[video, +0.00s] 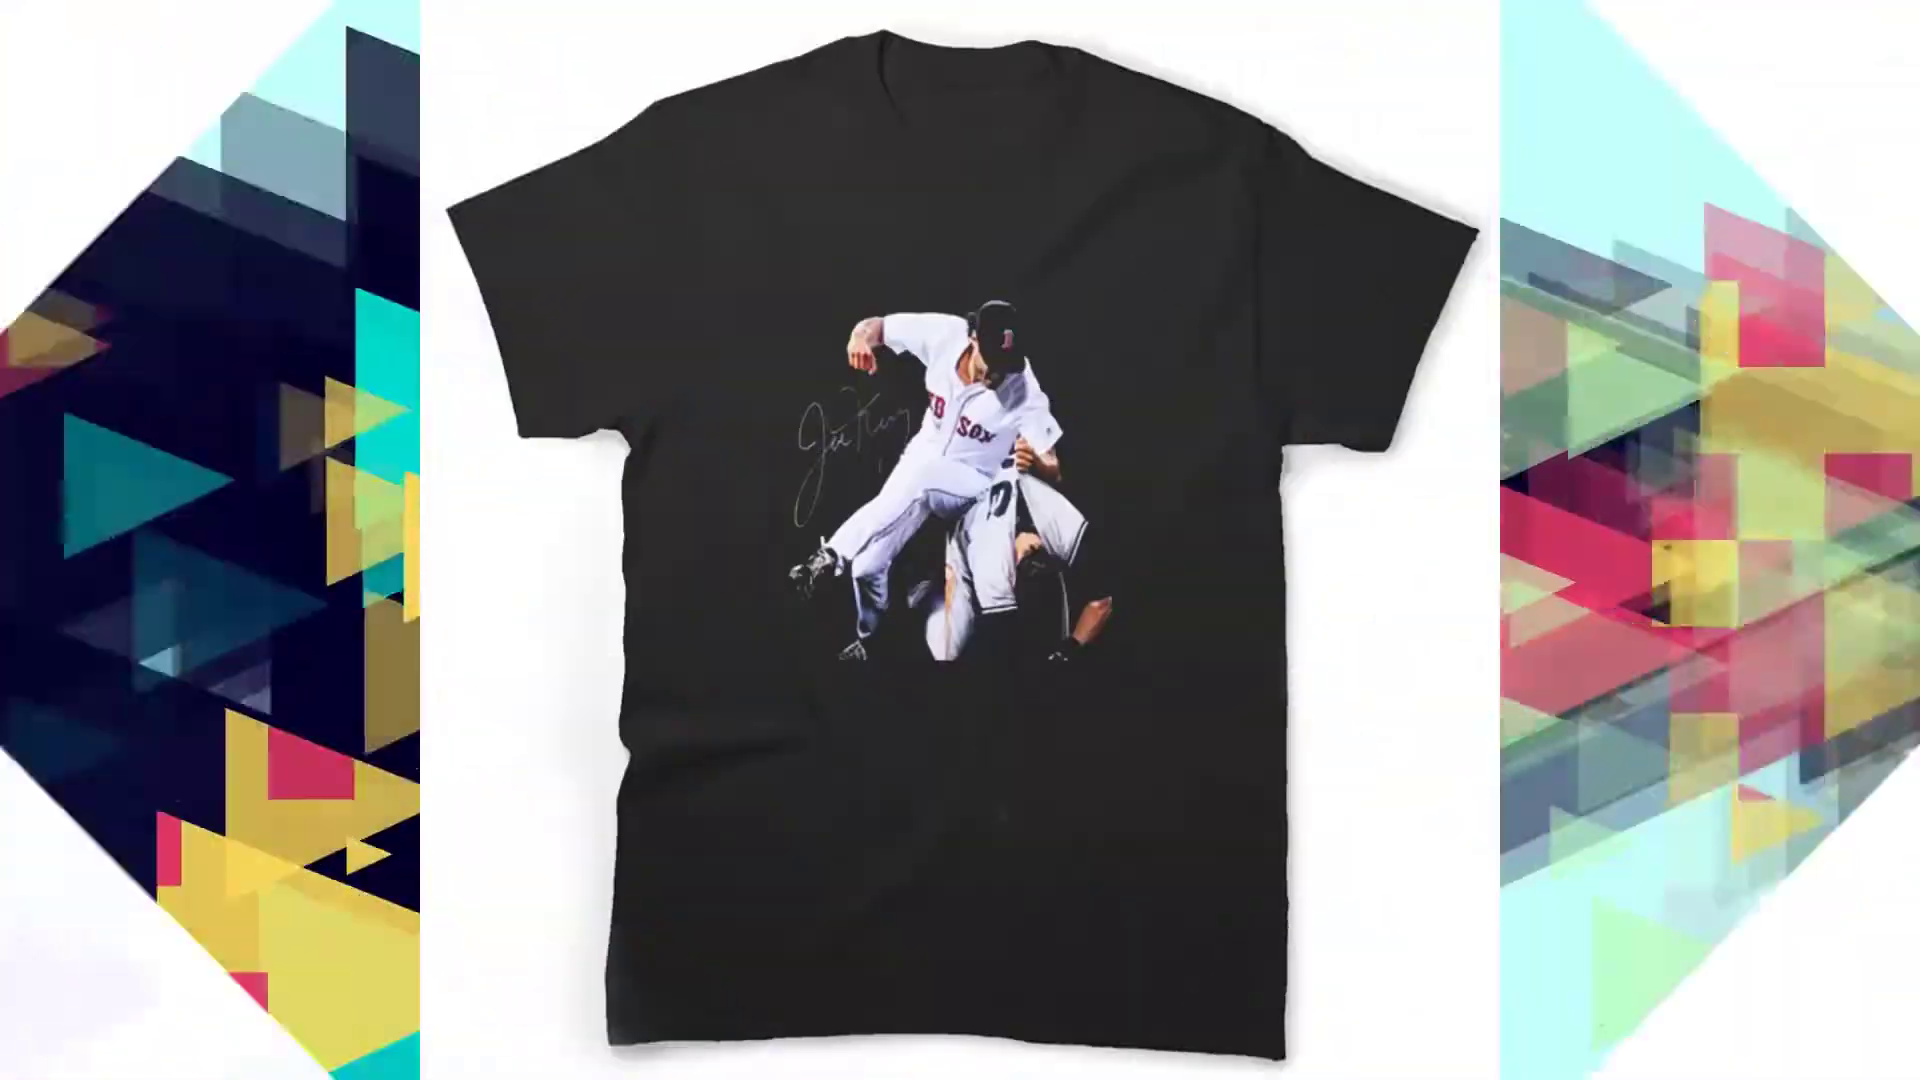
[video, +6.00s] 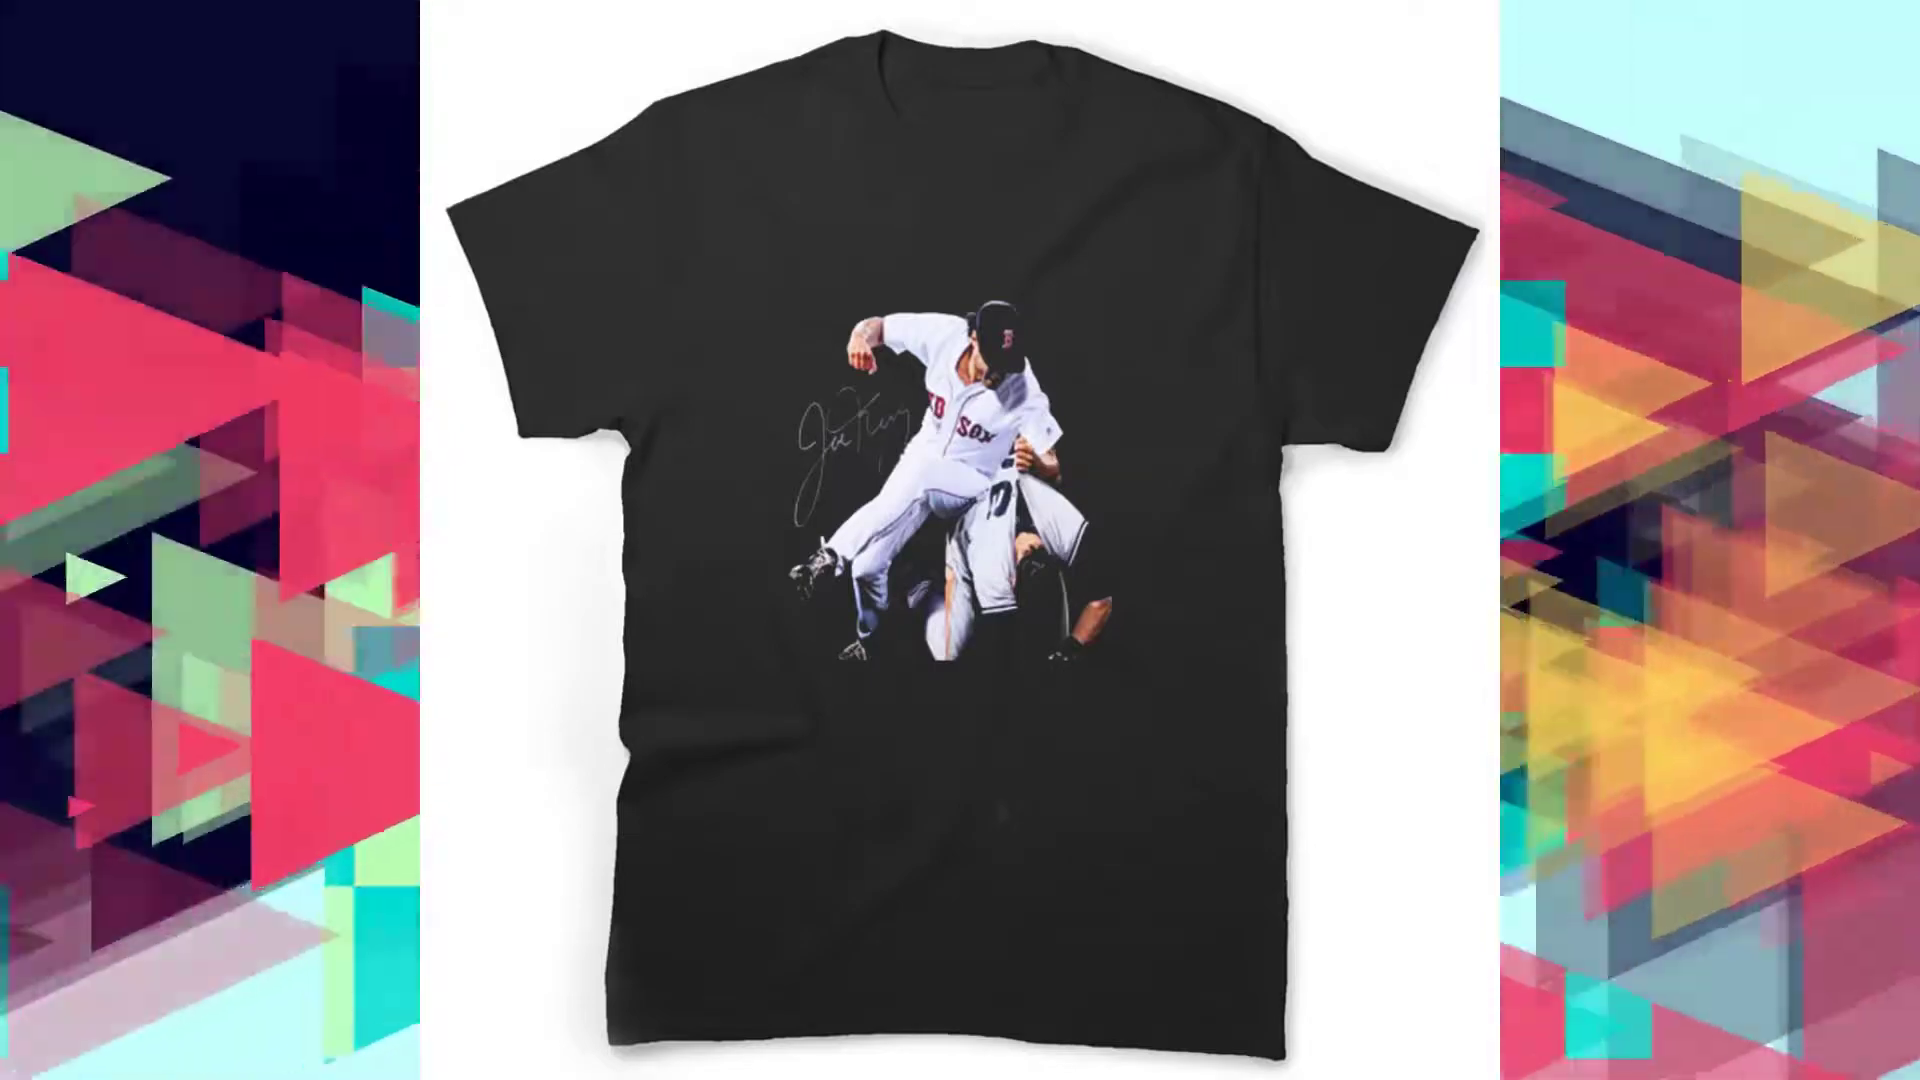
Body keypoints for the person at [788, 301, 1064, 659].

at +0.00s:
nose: (995, 373)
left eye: (1004, 366)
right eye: (990, 364)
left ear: (1016, 355)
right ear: (973, 342)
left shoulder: (1023, 390)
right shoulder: (946, 334)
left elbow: (1055, 470)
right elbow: (874, 327)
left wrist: (1038, 463)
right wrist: (861, 340)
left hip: (978, 482)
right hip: (922, 460)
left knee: (920, 477)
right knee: (867, 565)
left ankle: (827, 559)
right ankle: (870, 640)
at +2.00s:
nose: (995, 373)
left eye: (1004, 366)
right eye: (990, 364)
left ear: (1016, 355)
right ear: (973, 342)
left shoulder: (1023, 390)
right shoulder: (946, 334)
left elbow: (1055, 470)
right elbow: (874, 327)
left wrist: (1038, 463)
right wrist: (861, 340)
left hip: (978, 482)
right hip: (922, 460)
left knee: (920, 477)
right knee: (867, 565)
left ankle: (827, 559)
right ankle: (870, 640)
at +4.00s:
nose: (995, 373)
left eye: (1004, 366)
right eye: (990, 364)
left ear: (1016, 355)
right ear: (973, 342)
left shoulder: (1023, 390)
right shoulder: (946, 334)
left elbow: (1055, 470)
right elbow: (874, 327)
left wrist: (1038, 463)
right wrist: (861, 341)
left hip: (978, 482)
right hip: (922, 460)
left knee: (920, 477)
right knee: (867, 565)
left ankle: (827, 559)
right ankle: (870, 640)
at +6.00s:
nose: (997, 374)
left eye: (1006, 367)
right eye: (991, 364)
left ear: (1017, 354)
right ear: (973, 341)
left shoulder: (1023, 389)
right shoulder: (946, 334)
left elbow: (1054, 468)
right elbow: (878, 327)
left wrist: (1038, 463)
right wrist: (861, 338)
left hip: (979, 482)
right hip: (922, 460)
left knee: (920, 476)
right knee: (867, 566)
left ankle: (828, 560)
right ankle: (871, 642)